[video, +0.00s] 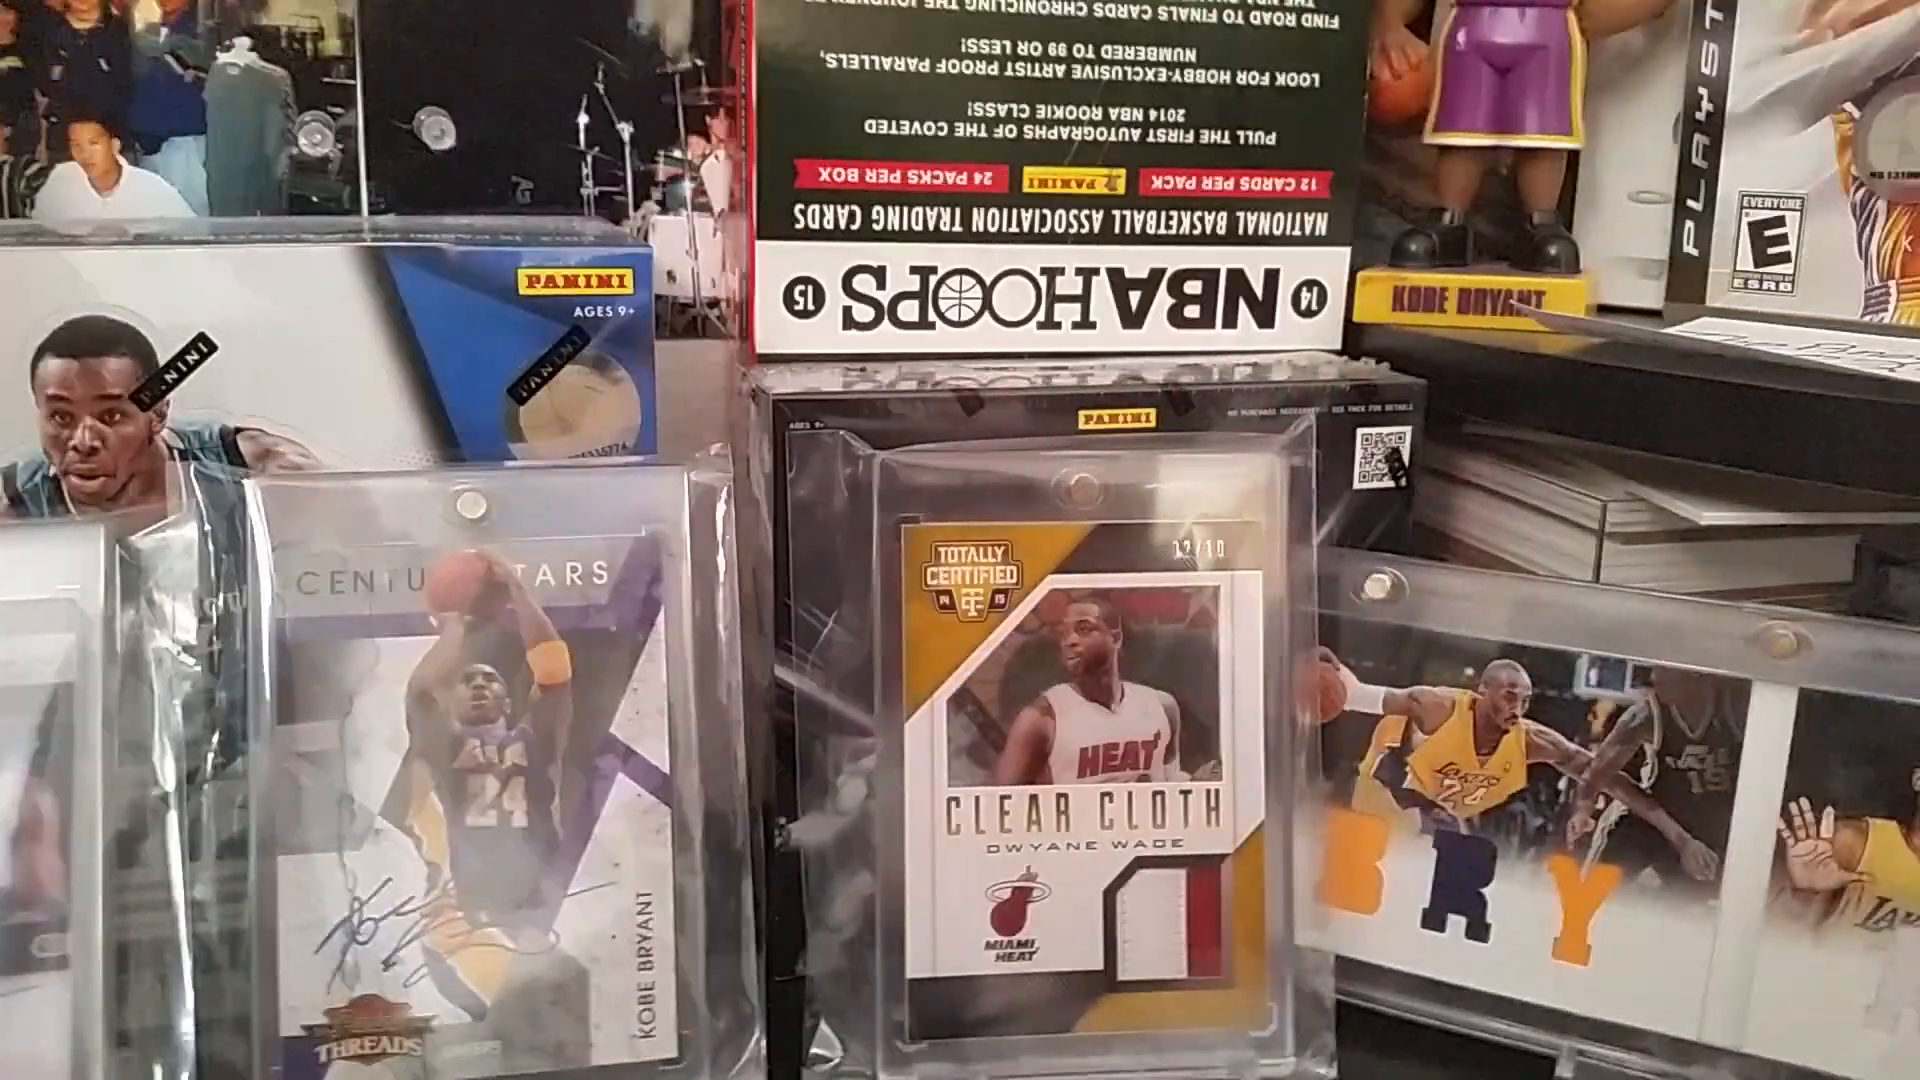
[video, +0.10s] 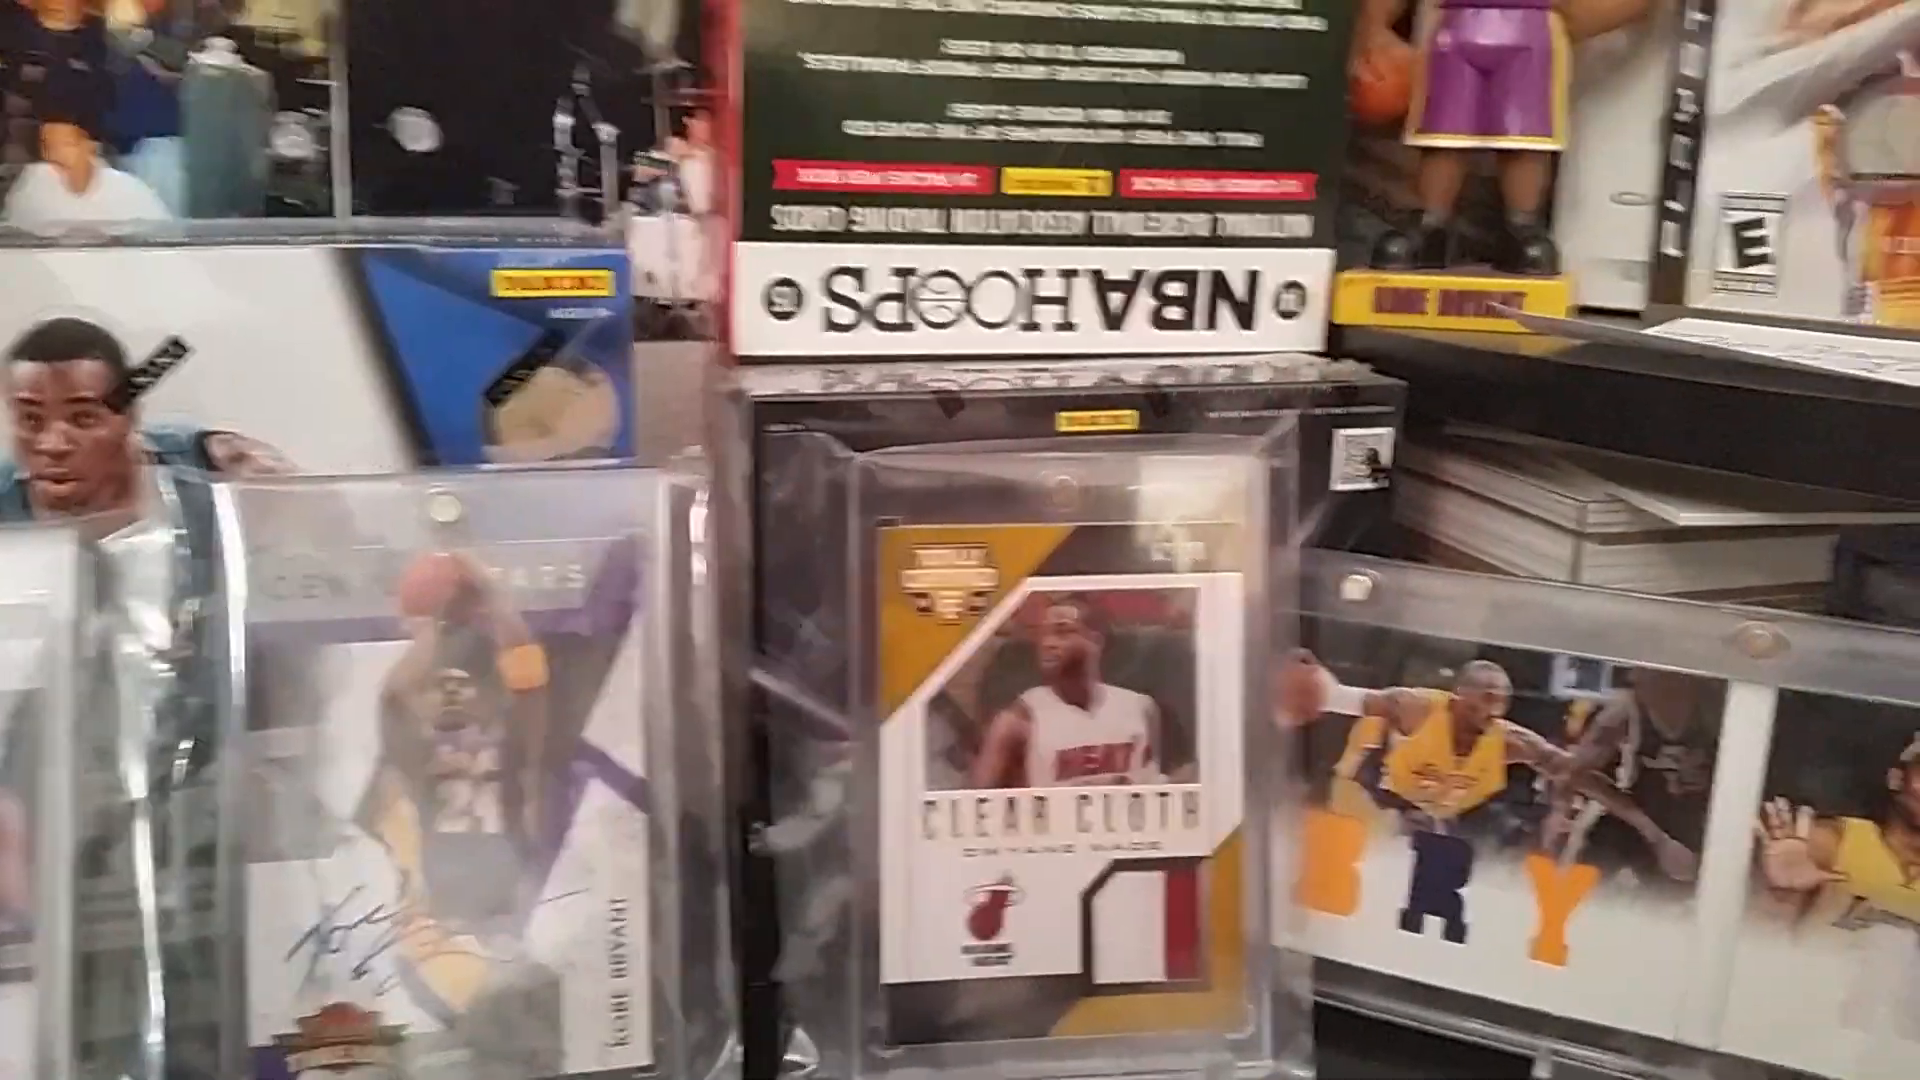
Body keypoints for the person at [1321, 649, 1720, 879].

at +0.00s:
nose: (1517, 707)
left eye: (1522, 699)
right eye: (1508, 695)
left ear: (1526, 702)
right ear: (1481, 691)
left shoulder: (1534, 740)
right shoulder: (1436, 704)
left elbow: (1605, 776)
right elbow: (1366, 697)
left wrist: (1679, 838)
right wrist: (1337, 676)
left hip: (1464, 814)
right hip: (1407, 794)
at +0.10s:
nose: (1496, 710)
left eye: (1502, 701)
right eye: (1487, 699)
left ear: (1504, 704)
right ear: (1460, 696)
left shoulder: (1508, 739)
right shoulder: (1420, 707)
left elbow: (1576, 773)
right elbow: (1356, 699)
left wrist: (1650, 830)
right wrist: (1315, 689)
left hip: (1446, 812)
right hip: (1389, 795)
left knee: (1449, 856)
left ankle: (1431, 922)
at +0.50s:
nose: (1403, 709)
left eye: (1409, 701)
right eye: (1394, 699)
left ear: (1413, 706)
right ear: (1366, 696)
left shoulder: (1421, 744)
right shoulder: (1324, 709)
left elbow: (1495, 782)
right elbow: (1251, 702)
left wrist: (1569, 842)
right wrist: (1218, 678)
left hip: (1352, 818)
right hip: (1297, 798)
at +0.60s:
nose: (1397, 709)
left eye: (1403, 701)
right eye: (1388, 697)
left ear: (1407, 707)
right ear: (1360, 694)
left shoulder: (1415, 744)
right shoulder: (1319, 708)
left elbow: (1489, 781)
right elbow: (1243, 701)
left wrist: (1563, 840)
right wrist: (1214, 681)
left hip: (1338, 817)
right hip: (1282, 793)